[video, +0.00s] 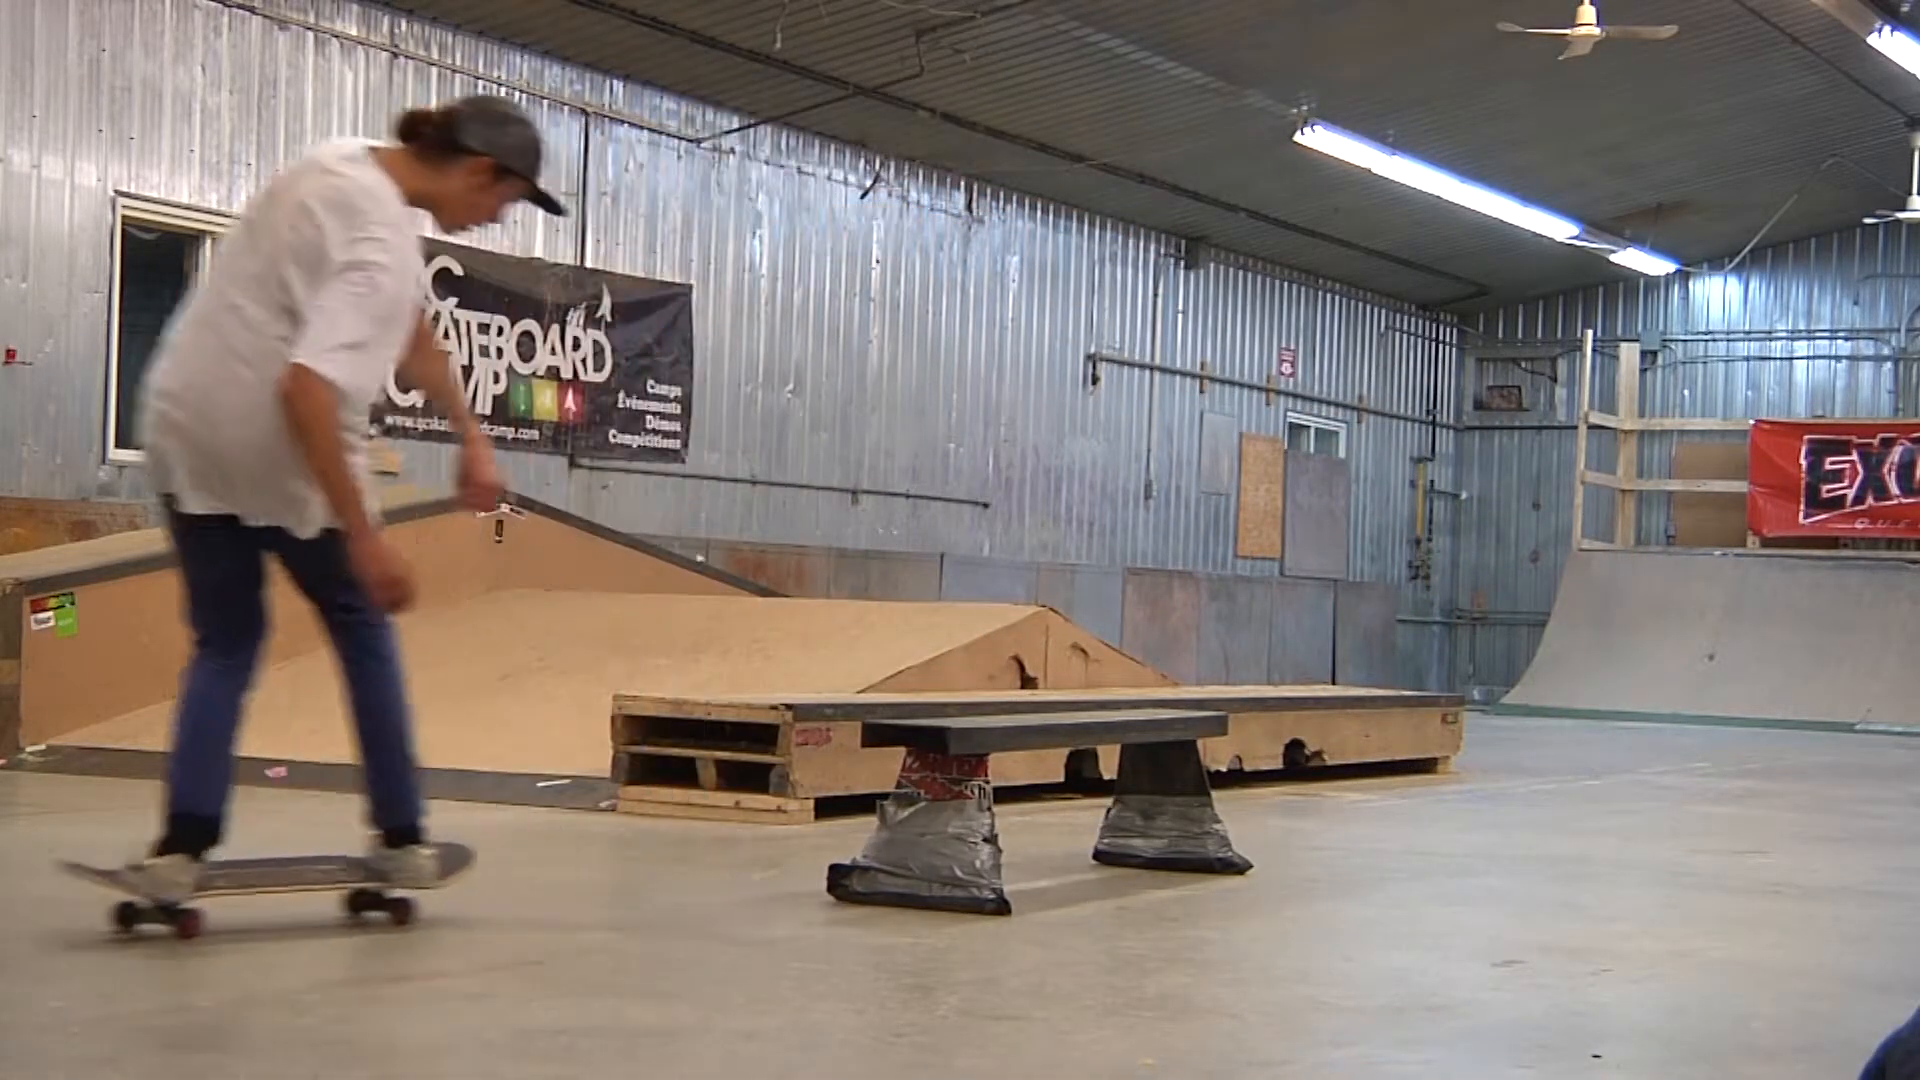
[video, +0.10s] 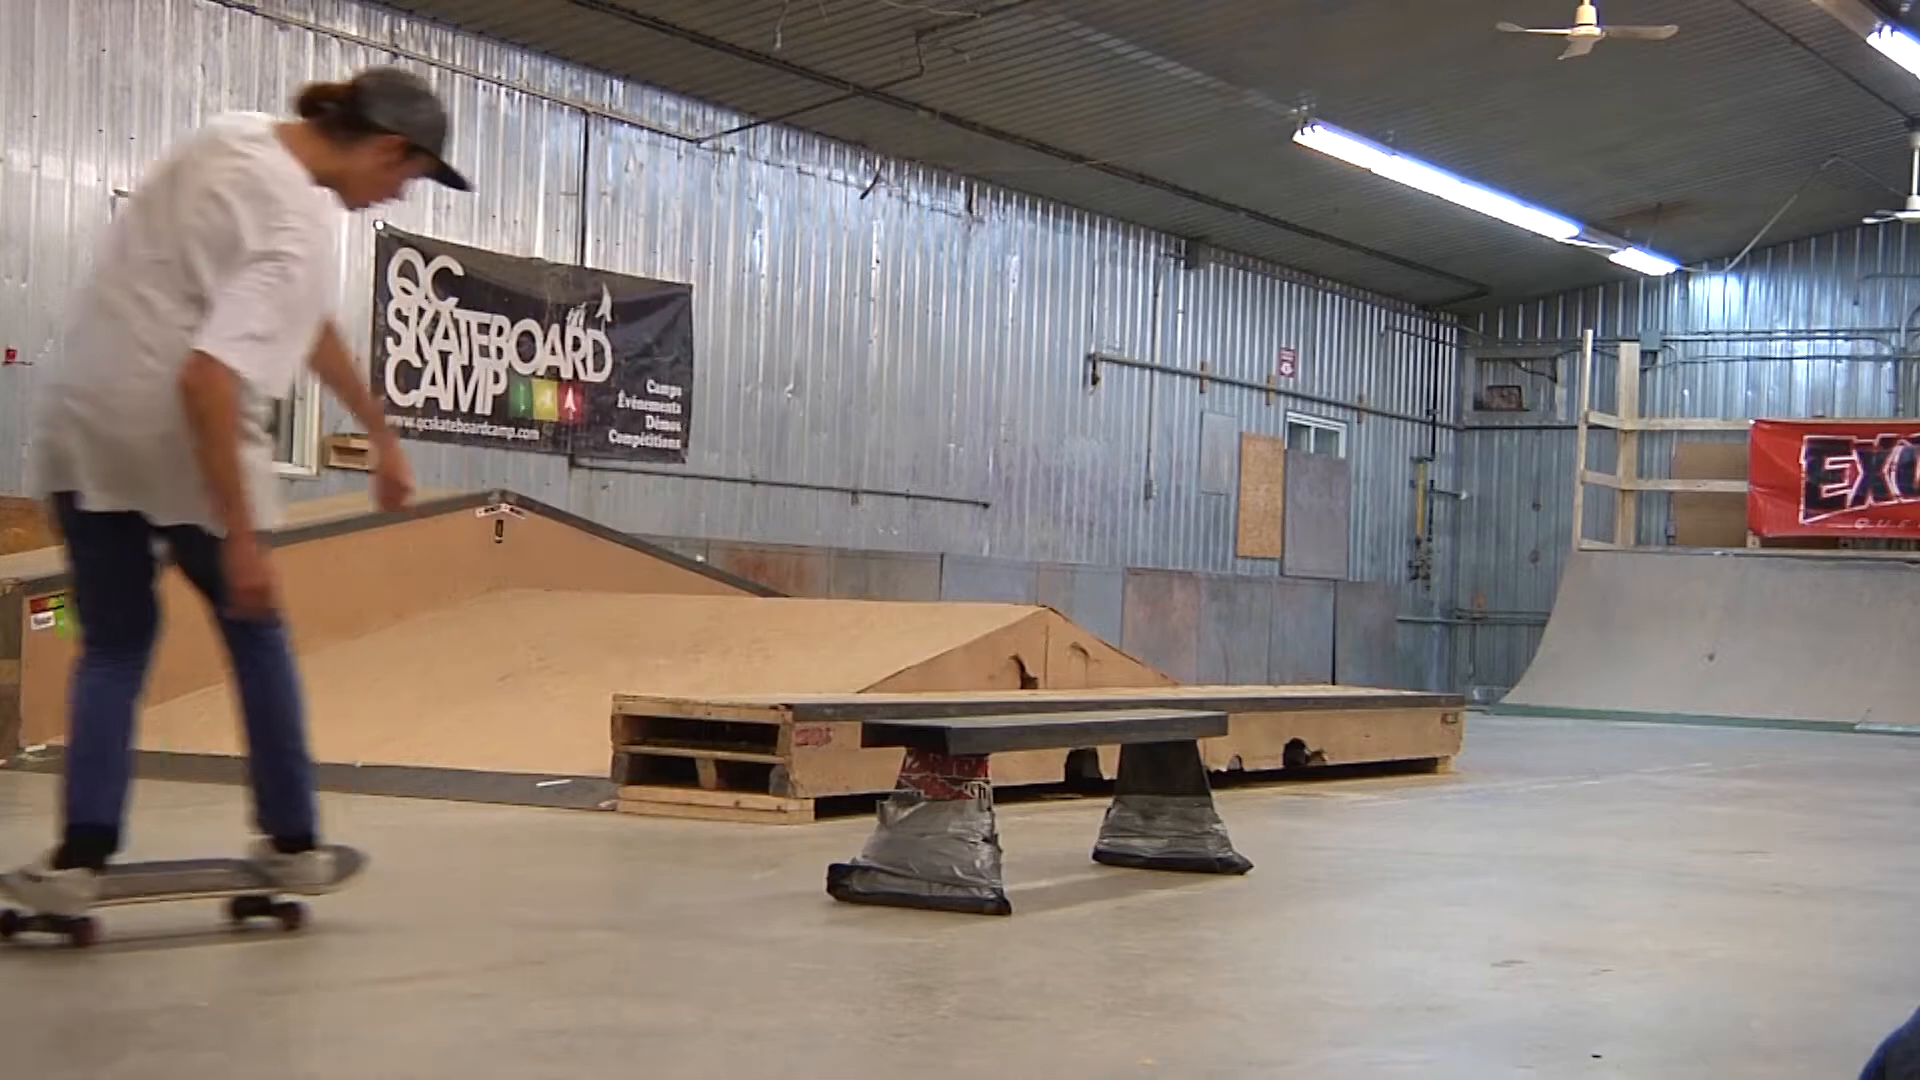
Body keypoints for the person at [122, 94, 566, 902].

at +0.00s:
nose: (496, 218)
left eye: (509, 205)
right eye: (505, 198)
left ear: (446, 149)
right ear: (475, 167)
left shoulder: (328, 166)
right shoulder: (386, 241)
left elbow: (406, 326)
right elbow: (308, 386)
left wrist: (471, 433)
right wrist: (362, 534)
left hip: (183, 430)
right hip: (279, 453)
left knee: (225, 640)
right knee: (361, 626)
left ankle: (183, 845)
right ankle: (401, 838)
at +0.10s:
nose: (398, 194)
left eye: (412, 181)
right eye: (408, 174)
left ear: (339, 118)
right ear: (380, 143)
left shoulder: (218, 142)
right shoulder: (297, 226)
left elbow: (302, 320)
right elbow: (209, 379)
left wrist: (379, 429)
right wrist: (242, 537)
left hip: (77, 434)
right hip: (177, 449)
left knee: (113, 644)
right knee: (256, 634)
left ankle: (83, 851)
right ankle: (293, 842)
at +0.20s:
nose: (294, 169)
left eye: (308, 156)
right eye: (304, 148)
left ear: (225, 90)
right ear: (279, 120)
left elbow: (185, 302)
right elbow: (114, 362)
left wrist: (279, 412)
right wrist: (124, 530)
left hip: (3, 442)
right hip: (80, 449)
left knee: (12, 636)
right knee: (144, 632)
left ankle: (2, 845)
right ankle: (176, 845)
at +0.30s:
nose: (180, 138)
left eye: (195, 124)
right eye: (191, 118)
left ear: (116, 60)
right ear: (170, 90)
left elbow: (61, 293)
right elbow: (28, 341)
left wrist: (157, 395)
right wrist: (21, 511)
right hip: (14, 488)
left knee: (30, 633)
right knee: (26, 626)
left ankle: (59, 843)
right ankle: (60, 847)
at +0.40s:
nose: (66, 86)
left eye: (75, 73)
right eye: (71, 69)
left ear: (20, 35)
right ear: (48, 41)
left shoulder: (29, 132)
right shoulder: (22, 128)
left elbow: (27, 262)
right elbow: (22, 262)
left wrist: (12, 376)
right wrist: (11, 374)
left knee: (12, 633)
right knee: (9, 631)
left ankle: (2, 853)